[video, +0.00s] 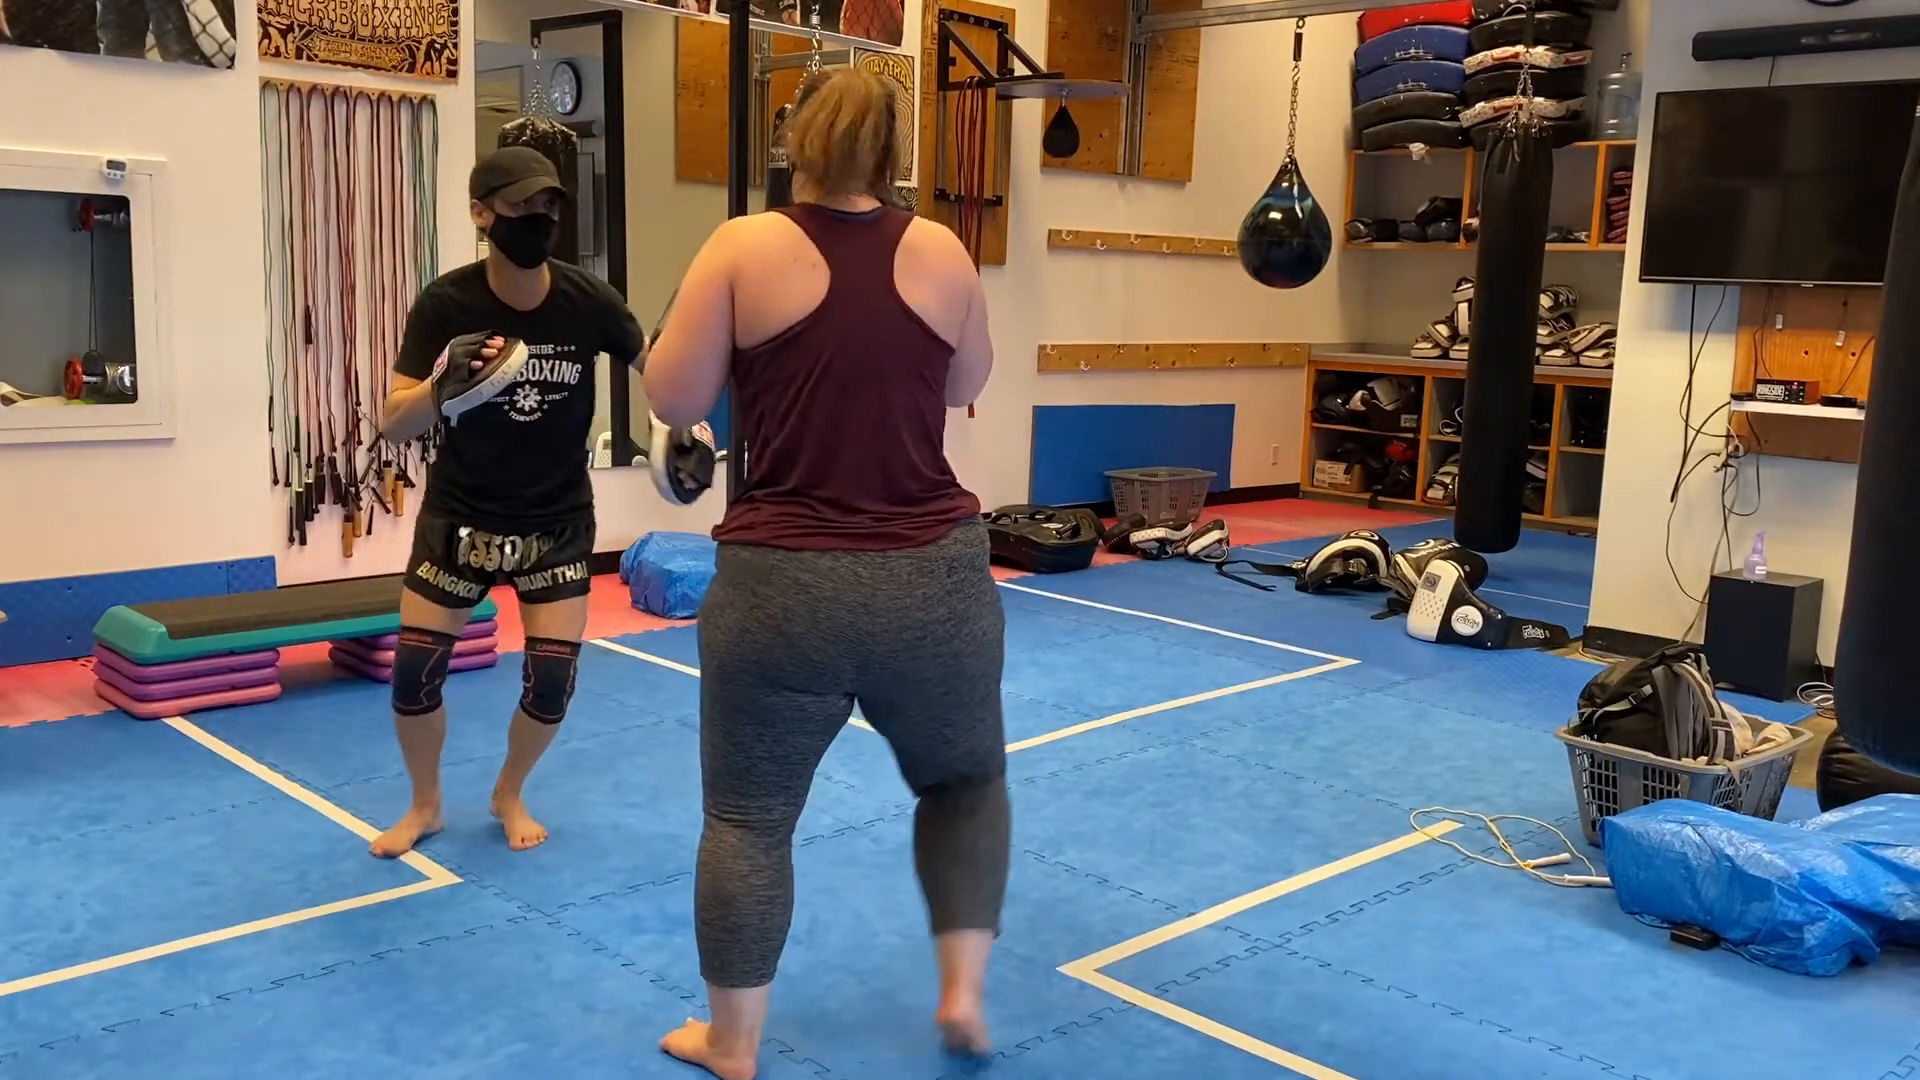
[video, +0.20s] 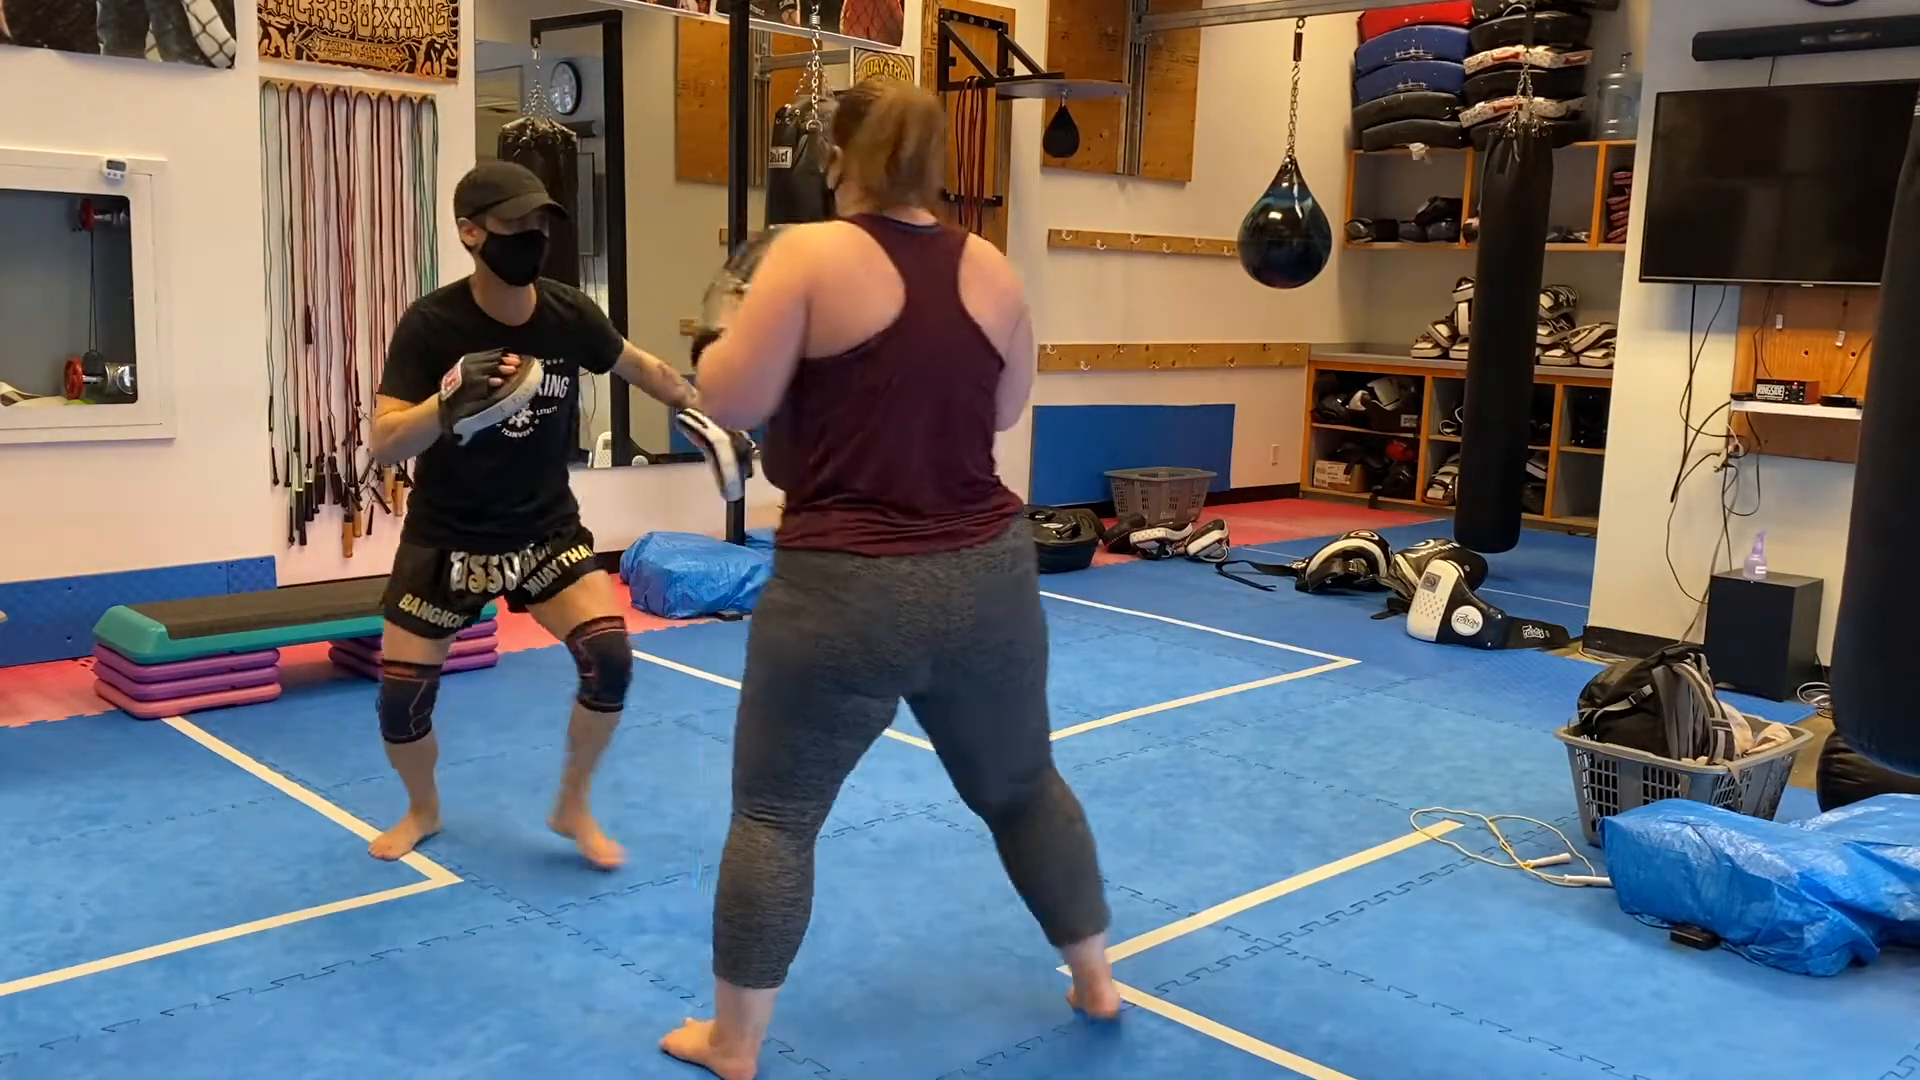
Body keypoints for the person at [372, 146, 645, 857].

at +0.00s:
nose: (538, 217)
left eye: (547, 202)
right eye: (521, 204)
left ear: (561, 209)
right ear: (482, 212)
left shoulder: (590, 303)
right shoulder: (446, 303)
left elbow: (660, 369)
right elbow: (395, 420)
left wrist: (686, 429)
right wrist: (445, 384)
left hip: (556, 516)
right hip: (459, 511)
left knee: (553, 685)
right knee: (415, 673)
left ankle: (509, 791)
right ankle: (425, 805)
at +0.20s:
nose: (534, 236)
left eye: (539, 221)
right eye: (515, 225)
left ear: (548, 223)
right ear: (471, 233)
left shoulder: (570, 315)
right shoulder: (431, 323)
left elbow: (646, 371)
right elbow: (385, 441)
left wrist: (711, 416)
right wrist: (451, 405)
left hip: (543, 524)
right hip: (444, 532)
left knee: (609, 656)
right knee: (402, 698)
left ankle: (572, 806)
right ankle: (422, 811)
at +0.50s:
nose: (636, 248)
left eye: (639, 235)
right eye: (618, 237)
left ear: (642, 237)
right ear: (570, 243)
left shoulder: (658, 331)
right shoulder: (528, 332)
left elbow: (746, 373)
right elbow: (472, 448)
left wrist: (818, 376)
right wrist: (558, 408)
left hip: (617, 554)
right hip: (516, 555)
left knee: (702, 688)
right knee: (448, 723)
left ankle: (752, 852)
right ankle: (429, 813)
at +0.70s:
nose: (722, 262)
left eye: (727, 249)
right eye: (704, 250)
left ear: (735, 250)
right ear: (657, 254)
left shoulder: (741, 341)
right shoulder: (608, 344)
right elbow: (538, 455)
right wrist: (627, 425)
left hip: (675, 550)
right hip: (581, 554)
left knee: (767, 694)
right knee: (503, 721)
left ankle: (761, 858)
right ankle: (436, 806)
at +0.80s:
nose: (733, 264)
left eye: (737, 249)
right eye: (715, 252)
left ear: (747, 245)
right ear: (667, 257)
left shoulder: (758, 338)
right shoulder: (617, 346)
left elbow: (842, 364)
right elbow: (539, 456)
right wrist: (629, 429)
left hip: (692, 565)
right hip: (590, 567)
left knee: (779, 699)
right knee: (504, 725)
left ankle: (763, 856)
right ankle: (434, 833)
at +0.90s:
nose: (728, 263)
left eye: (730, 249)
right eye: (709, 252)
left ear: (736, 248)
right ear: (657, 258)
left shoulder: (750, 329)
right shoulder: (606, 348)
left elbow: (847, 325)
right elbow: (528, 462)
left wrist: (928, 297)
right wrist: (610, 437)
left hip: (696, 569)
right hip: (591, 570)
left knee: (783, 700)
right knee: (504, 724)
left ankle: (765, 858)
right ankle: (409, 868)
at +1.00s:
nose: (697, 258)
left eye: (699, 244)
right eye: (680, 247)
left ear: (701, 240)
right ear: (627, 251)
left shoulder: (719, 322)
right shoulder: (572, 348)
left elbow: (829, 304)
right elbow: (500, 467)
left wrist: (872, 264)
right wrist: (577, 434)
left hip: (682, 571)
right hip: (574, 576)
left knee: (773, 704)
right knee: (496, 729)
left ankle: (764, 859)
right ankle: (388, 902)